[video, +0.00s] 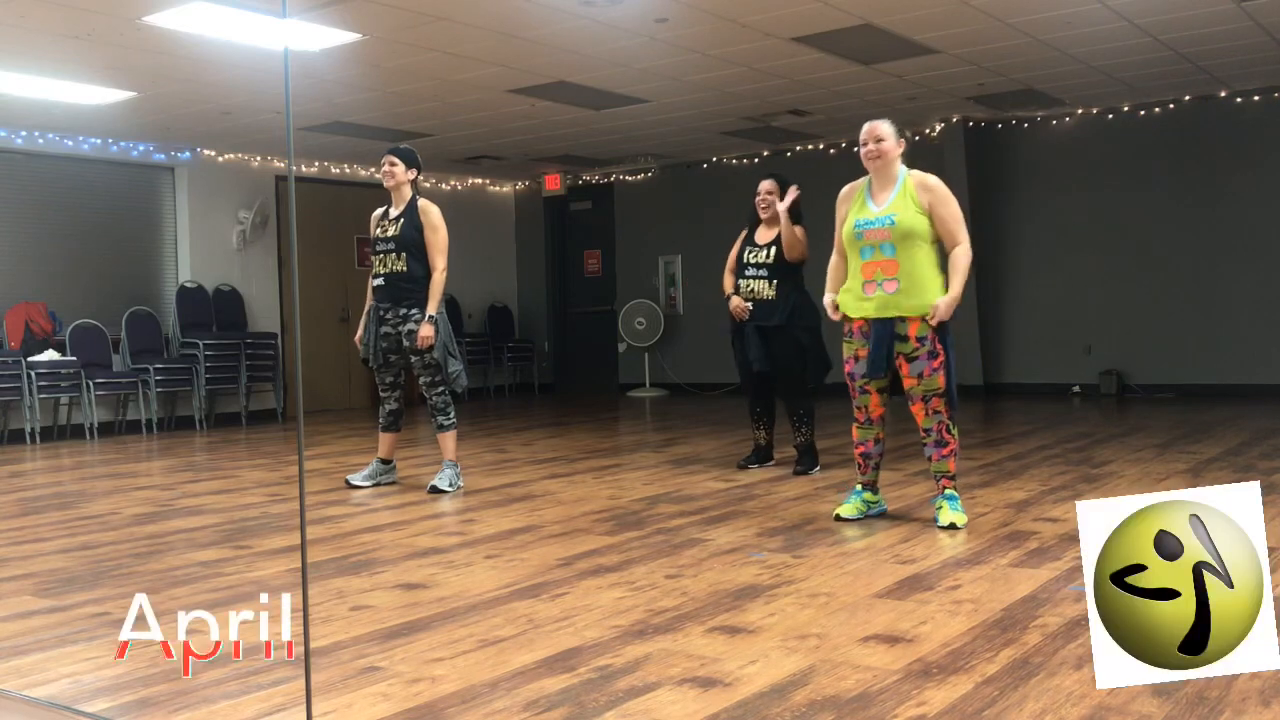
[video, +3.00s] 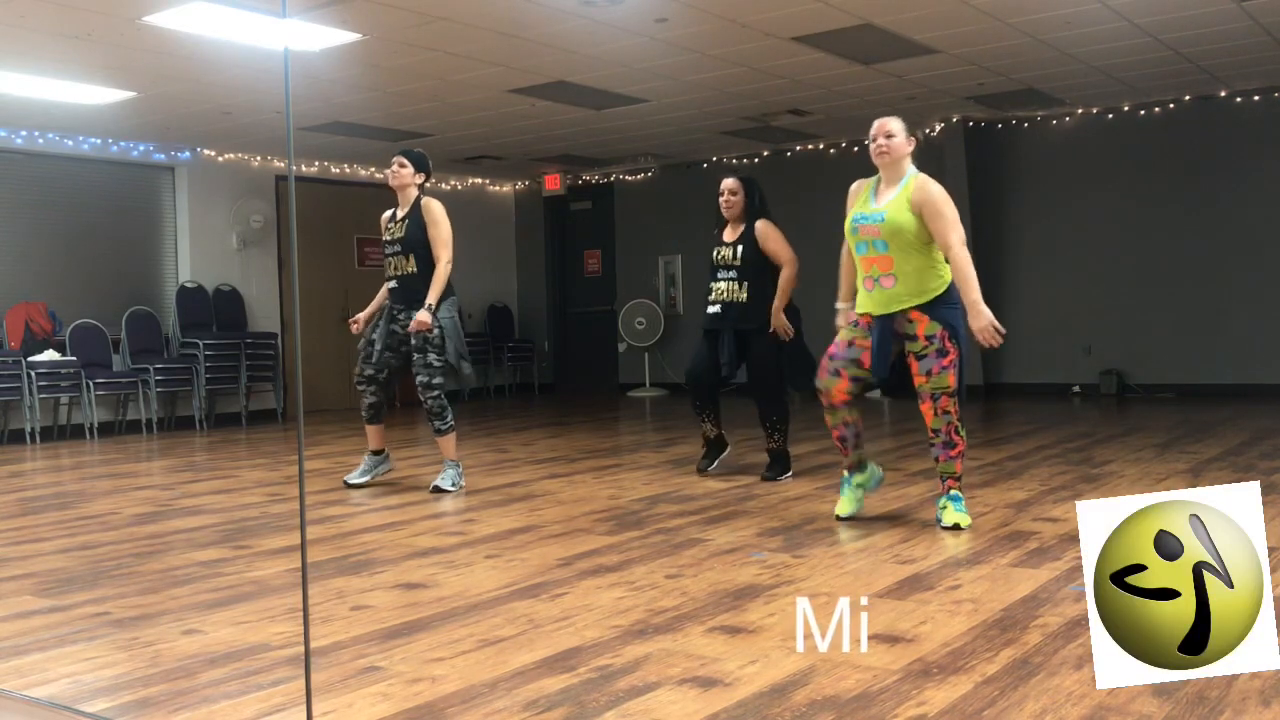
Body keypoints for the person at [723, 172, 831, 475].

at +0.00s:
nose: (762, 199)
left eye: (769, 194)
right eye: (759, 194)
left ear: (784, 199)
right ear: (754, 200)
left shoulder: (794, 232)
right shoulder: (747, 235)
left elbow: (794, 255)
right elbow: (729, 271)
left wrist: (783, 214)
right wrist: (731, 296)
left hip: (789, 325)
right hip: (752, 327)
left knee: (795, 388)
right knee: (757, 389)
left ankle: (806, 453)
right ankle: (762, 449)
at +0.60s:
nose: (736, 202)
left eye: (742, 197)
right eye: (732, 199)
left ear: (757, 201)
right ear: (728, 206)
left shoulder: (769, 232)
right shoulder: (726, 240)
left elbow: (778, 260)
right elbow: (713, 285)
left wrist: (767, 225)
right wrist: (698, 321)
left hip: (772, 322)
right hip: (737, 326)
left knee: (774, 382)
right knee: (748, 385)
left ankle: (776, 450)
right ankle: (759, 447)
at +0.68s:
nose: (737, 203)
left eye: (743, 198)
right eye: (733, 199)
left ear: (757, 202)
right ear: (729, 205)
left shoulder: (773, 232)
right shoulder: (727, 238)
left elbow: (781, 265)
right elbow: (712, 283)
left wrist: (749, 249)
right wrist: (693, 320)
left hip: (771, 324)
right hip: (736, 326)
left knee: (773, 384)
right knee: (746, 387)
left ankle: (774, 452)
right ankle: (759, 448)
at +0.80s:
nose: (738, 202)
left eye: (745, 198)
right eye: (735, 198)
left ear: (759, 203)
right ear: (731, 205)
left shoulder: (773, 235)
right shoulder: (726, 240)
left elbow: (784, 270)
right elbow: (713, 282)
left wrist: (746, 280)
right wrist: (697, 313)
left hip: (770, 327)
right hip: (736, 328)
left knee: (770, 387)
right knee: (746, 387)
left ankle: (773, 454)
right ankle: (759, 447)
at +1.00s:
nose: (741, 199)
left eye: (748, 194)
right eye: (737, 194)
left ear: (762, 200)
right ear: (733, 201)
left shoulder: (776, 235)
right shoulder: (726, 236)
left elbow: (794, 274)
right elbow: (708, 276)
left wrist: (774, 313)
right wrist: (725, 277)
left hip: (770, 328)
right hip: (736, 330)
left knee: (770, 389)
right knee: (747, 389)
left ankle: (774, 456)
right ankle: (759, 447)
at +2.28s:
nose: (724, 197)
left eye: (731, 192)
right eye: (721, 192)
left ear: (746, 197)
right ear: (716, 198)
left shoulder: (763, 233)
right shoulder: (709, 231)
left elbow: (781, 277)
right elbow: (695, 270)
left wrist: (791, 321)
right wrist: (687, 290)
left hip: (756, 330)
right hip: (715, 331)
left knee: (763, 392)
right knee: (716, 393)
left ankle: (772, 459)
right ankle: (720, 457)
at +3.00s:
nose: (725, 199)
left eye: (732, 193)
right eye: (722, 194)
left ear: (748, 197)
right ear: (718, 200)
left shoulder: (761, 228)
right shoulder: (722, 233)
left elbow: (790, 263)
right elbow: (729, 277)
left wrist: (778, 309)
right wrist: (720, 312)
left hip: (760, 326)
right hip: (724, 327)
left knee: (767, 388)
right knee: (698, 378)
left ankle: (779, 459)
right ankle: (714, 442)